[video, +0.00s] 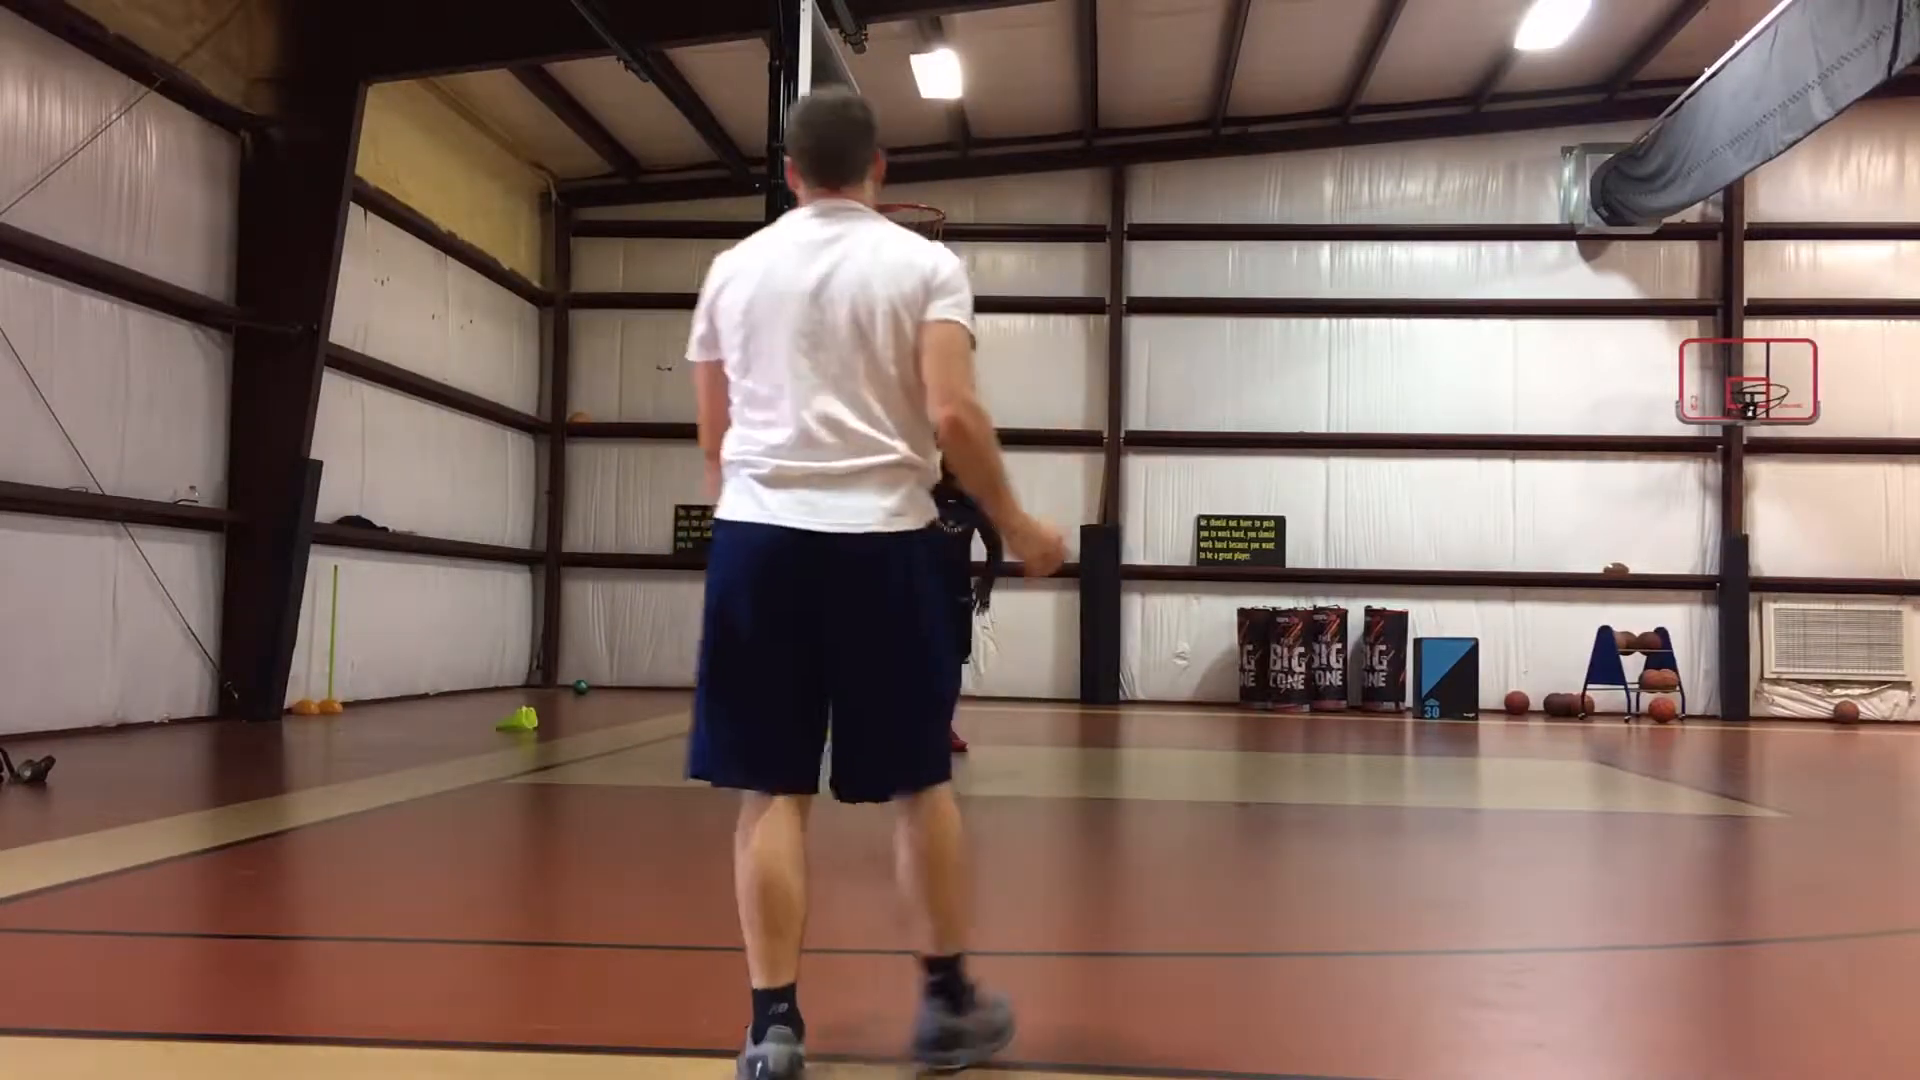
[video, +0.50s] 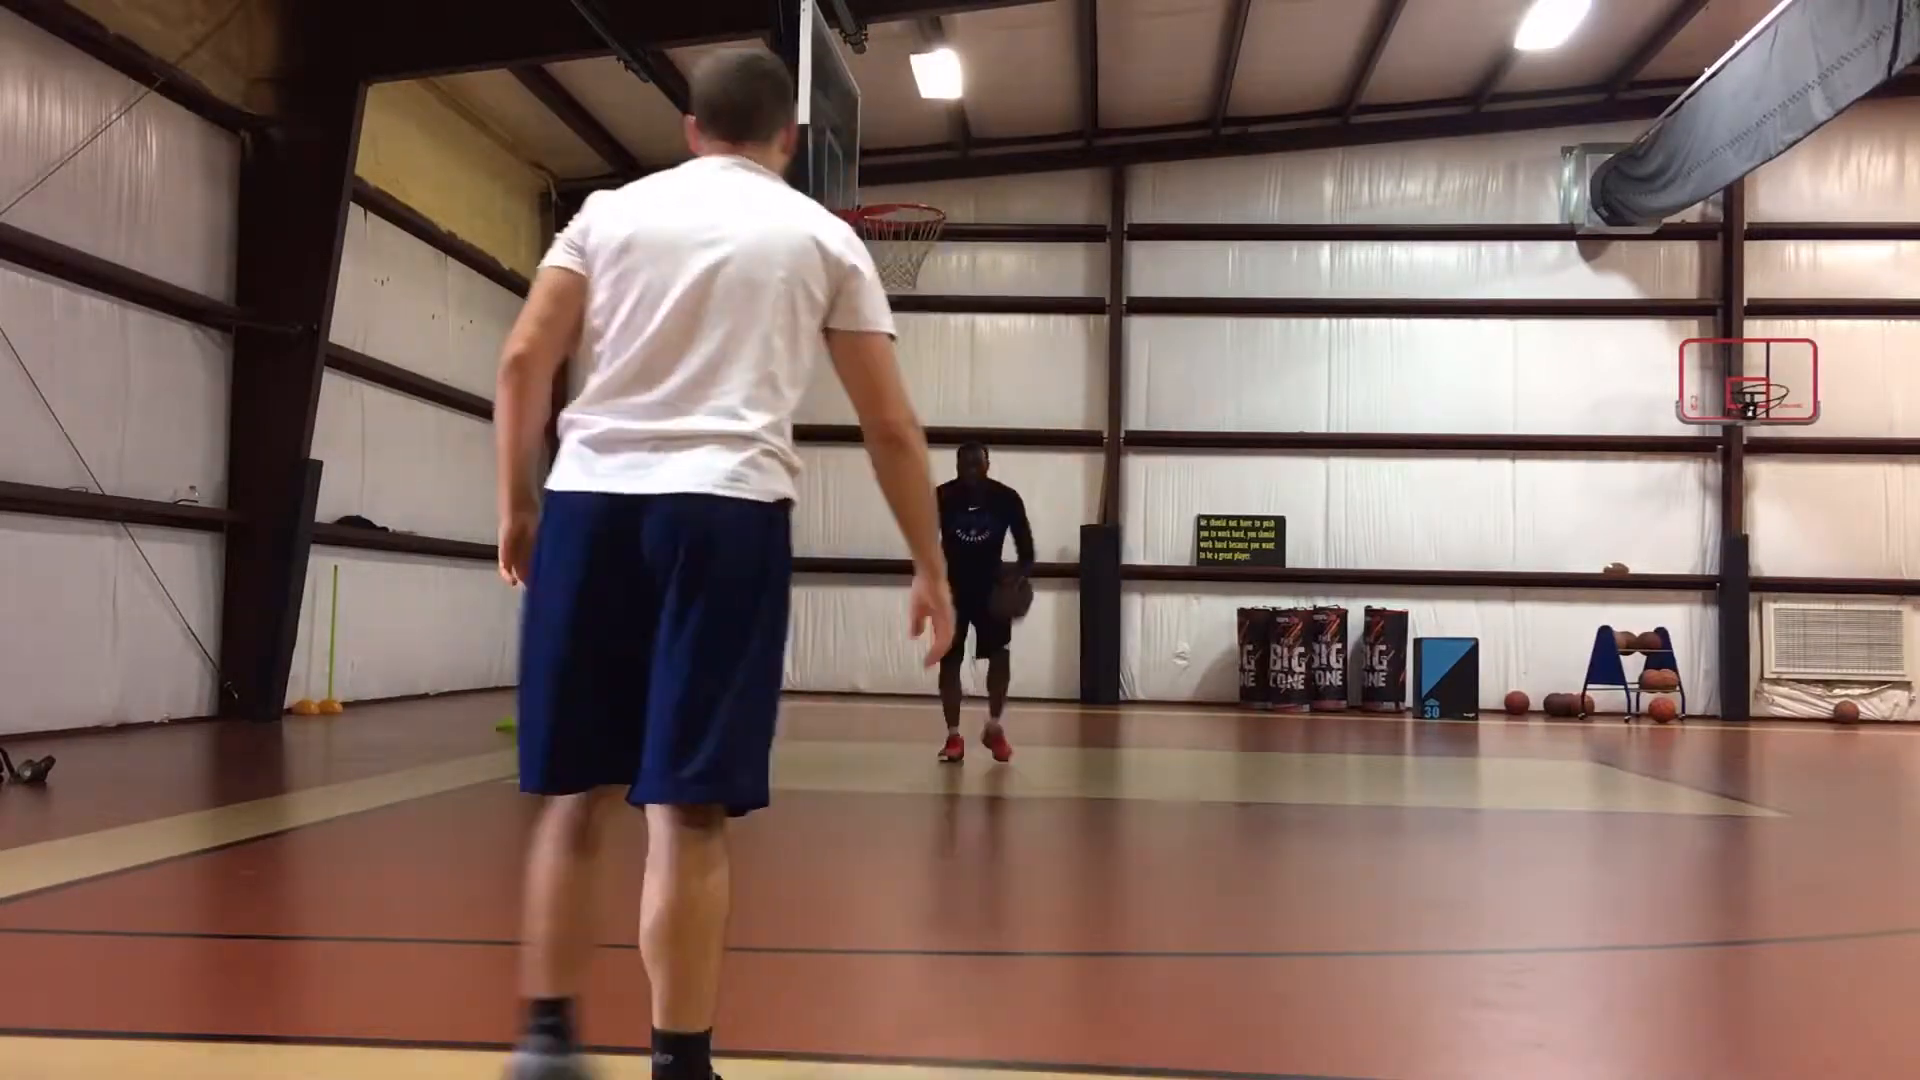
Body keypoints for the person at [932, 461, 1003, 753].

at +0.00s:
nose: (952, 479)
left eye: (958, 473)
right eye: (947, 471)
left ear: (967, 476)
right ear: (937, 471)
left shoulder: (971, 507)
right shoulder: (922, 502)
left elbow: (994, 545)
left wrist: (987, 581)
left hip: (956, 590)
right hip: (922, 586)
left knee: (952, 662)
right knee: (923, 661)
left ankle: (944, 725)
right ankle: (925, 727)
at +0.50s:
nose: (972, 471)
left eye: (977, 465)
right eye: (967, 465)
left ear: (987, 464)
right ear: (958, 466)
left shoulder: (1006, 498)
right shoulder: (942, 496)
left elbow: (1026, 550)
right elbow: (927, 540)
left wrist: (1018, 577)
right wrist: (932, 580)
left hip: (991, 590)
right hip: (952, 588)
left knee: (1000, 657)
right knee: (950, 662)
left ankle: (994, 725)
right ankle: (953, 735)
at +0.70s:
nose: (1014, 440)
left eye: (1018, 431)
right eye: (1009, 432)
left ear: (1029, 436)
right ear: (1004, 439)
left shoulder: (1053, 470)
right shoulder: (989, 470)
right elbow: (971, 476)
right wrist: (976, 442)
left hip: (1036, 575)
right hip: (1001, 574)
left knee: (1026, 662)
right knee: (1006, 658)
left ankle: (1010, 735)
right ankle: (1007, 736)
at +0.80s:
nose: (1024, 432)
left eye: (1028, 424)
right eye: (1018, 425)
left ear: (1038, 427)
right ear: (1008, 431)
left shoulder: (1066, 465)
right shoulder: (996, 471)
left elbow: (1081, 516)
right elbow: (989, 516)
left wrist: (1078, 550)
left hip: (1061, 577)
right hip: (1018, 578)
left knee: (1077, 654)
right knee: (1018, 662)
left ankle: (1064, 722)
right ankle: (1019, 745)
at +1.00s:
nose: (1083, 435)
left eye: (1090, 428)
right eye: (1080, 428)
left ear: (1106, 433)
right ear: (1075, 433)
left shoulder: (1129, 474)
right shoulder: (1065, 471)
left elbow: (1150, 529)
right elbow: (1048, 520)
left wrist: (1141, 576)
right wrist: (1017, 561)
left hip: (1113, 581)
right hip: (1070, 580)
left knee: (1122, 668)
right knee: (1051, 663)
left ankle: (1131, 751)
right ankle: (1036, 751)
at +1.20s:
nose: (1110, 435)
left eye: (1117, 429)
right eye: (1107, 428)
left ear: (1132, 435)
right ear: (1100, 431)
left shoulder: (1145, 474)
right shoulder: (1091, 466)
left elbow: (1154, 533)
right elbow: (1087, 522)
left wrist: (1154, 588)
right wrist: (1072, 568)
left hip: (1128, 583)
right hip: (1087, 581)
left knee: (1133, 667)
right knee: (1069, 663)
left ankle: (1132, 751)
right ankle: (1051, 748)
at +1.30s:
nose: (1112, 436)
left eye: (1122, 431)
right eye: (1111, 429)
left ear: (1139, 437)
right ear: (1107, 430)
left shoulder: (1149, 472)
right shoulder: (1101, 468)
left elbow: (1159, 525)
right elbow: (1098, 525)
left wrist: (1139, 565)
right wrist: (1079, 564)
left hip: (1130, 580)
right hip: (1093, 576)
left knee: (1134, 665)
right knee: (1070, 657)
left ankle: (1132, 751)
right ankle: (1078, 744)